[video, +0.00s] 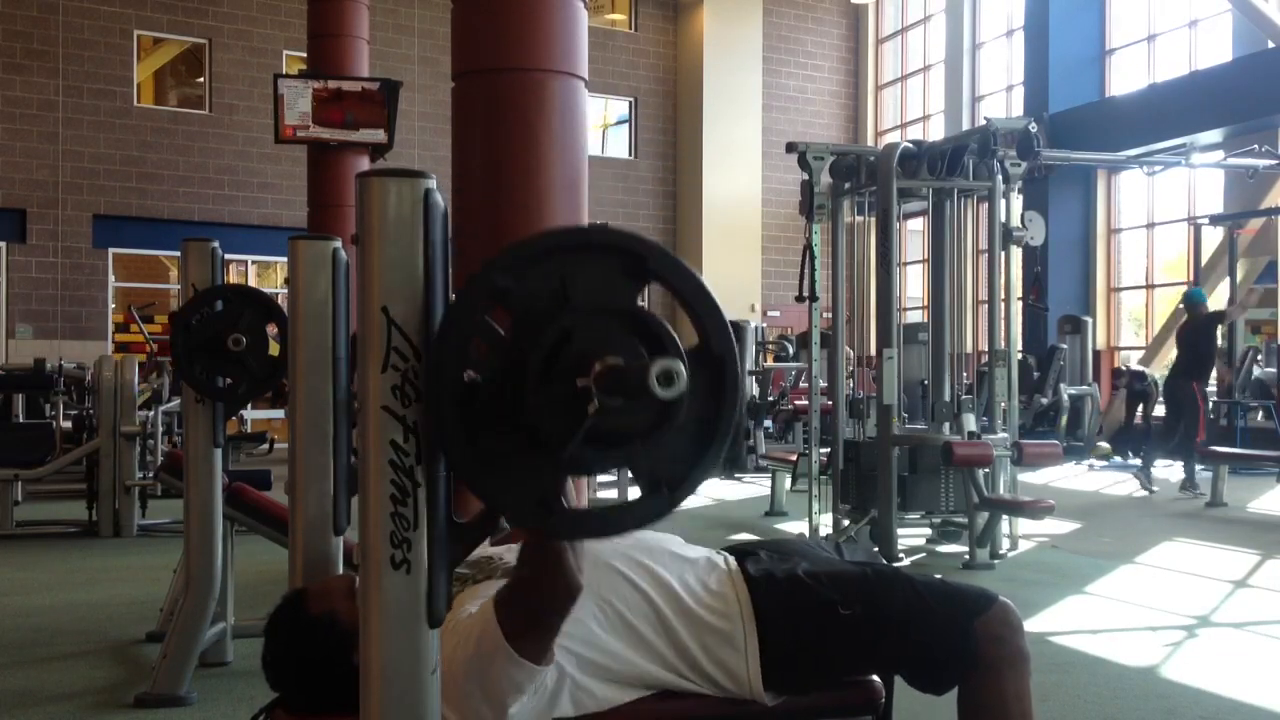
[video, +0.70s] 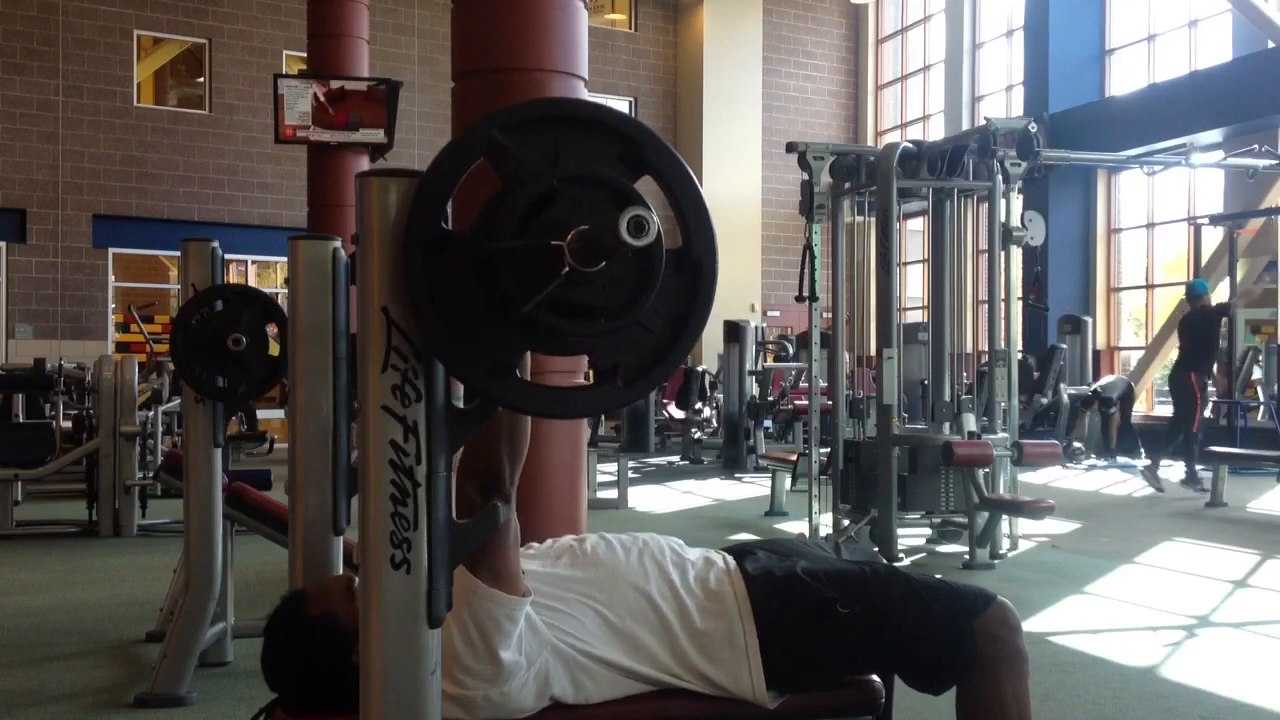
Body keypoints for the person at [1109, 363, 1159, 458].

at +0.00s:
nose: (1118, 385)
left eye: (1119, 382)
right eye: (1116, 383)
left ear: (1124, 377)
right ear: (1114, 380)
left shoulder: (1141, 375)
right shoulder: (1118, 381)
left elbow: (1153, 393)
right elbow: (1112, 401)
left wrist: (1149, 412)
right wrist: (1103, 421)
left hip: (1147, 391)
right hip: (1133, 391)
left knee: (1146, 419)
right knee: (1128, 420)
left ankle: (1147, 448)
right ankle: (1125, 448)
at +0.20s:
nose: (1112, 391)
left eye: (1113, 388)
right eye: (1110, 389)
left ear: (1117, 382)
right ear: (1108, 385)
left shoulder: (1132, 379)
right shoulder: (1110, 385)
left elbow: (1144, 400)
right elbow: (1105, 405)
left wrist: (1141, 422)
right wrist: (1094, 426)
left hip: (1144, 388)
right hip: (1127, 390)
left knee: (1142, 421)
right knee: (1121, 421)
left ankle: (1143, 450)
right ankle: (1112, 449)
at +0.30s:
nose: (1109, 396)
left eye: (1109, 393)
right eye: (1107, 395)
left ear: (1113, 387)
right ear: (1103, 391)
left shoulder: (1128, 384)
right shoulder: (1106, 390)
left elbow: (1138, 404)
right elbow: (1100, 406)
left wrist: (1136, 423)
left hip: (1140, 389)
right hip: (1122, 392)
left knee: (1139, 421)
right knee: (1117, 422)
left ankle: (1143, 450)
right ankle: (1109, 449)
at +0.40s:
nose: (1103, 402)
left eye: (1103, 399)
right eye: (1101, 400)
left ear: (1107, 393)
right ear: (1098, 396)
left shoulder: (1121, 389)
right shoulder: (1098, 392)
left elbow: (1131, 413)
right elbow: (1093, 409)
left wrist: (1128, 433)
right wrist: (1086, 428)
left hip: (1136, 388)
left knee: (1136, 421)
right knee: (1112, 422)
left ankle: (1143, 449)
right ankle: (1109, 450)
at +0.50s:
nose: (1099, 408)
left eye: (1099, 405)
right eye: (1095, 407)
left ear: (1103, 398)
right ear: (1092, 401)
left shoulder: (1116, 395)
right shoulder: (1092, 396)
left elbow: (1123, 423)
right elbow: (1086, 419)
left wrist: (1120, 444)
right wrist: (1085, 441)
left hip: (1131, 389)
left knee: (1132, 422)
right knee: (1108, 425)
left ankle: (1144, 450)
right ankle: (1108, 450)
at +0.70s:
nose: (1093, 411)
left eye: (1092, 408)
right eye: (1090, 410)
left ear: (1095, 402)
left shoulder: (1108, 400)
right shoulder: (1087, 398)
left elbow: (1113, 425)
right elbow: (1085, 421)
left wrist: (1112, 449)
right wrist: (1085, 443)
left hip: (1127, 388)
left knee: (1125, 423)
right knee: (1105, 426)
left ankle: (1136, 451)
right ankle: (1106, 450)